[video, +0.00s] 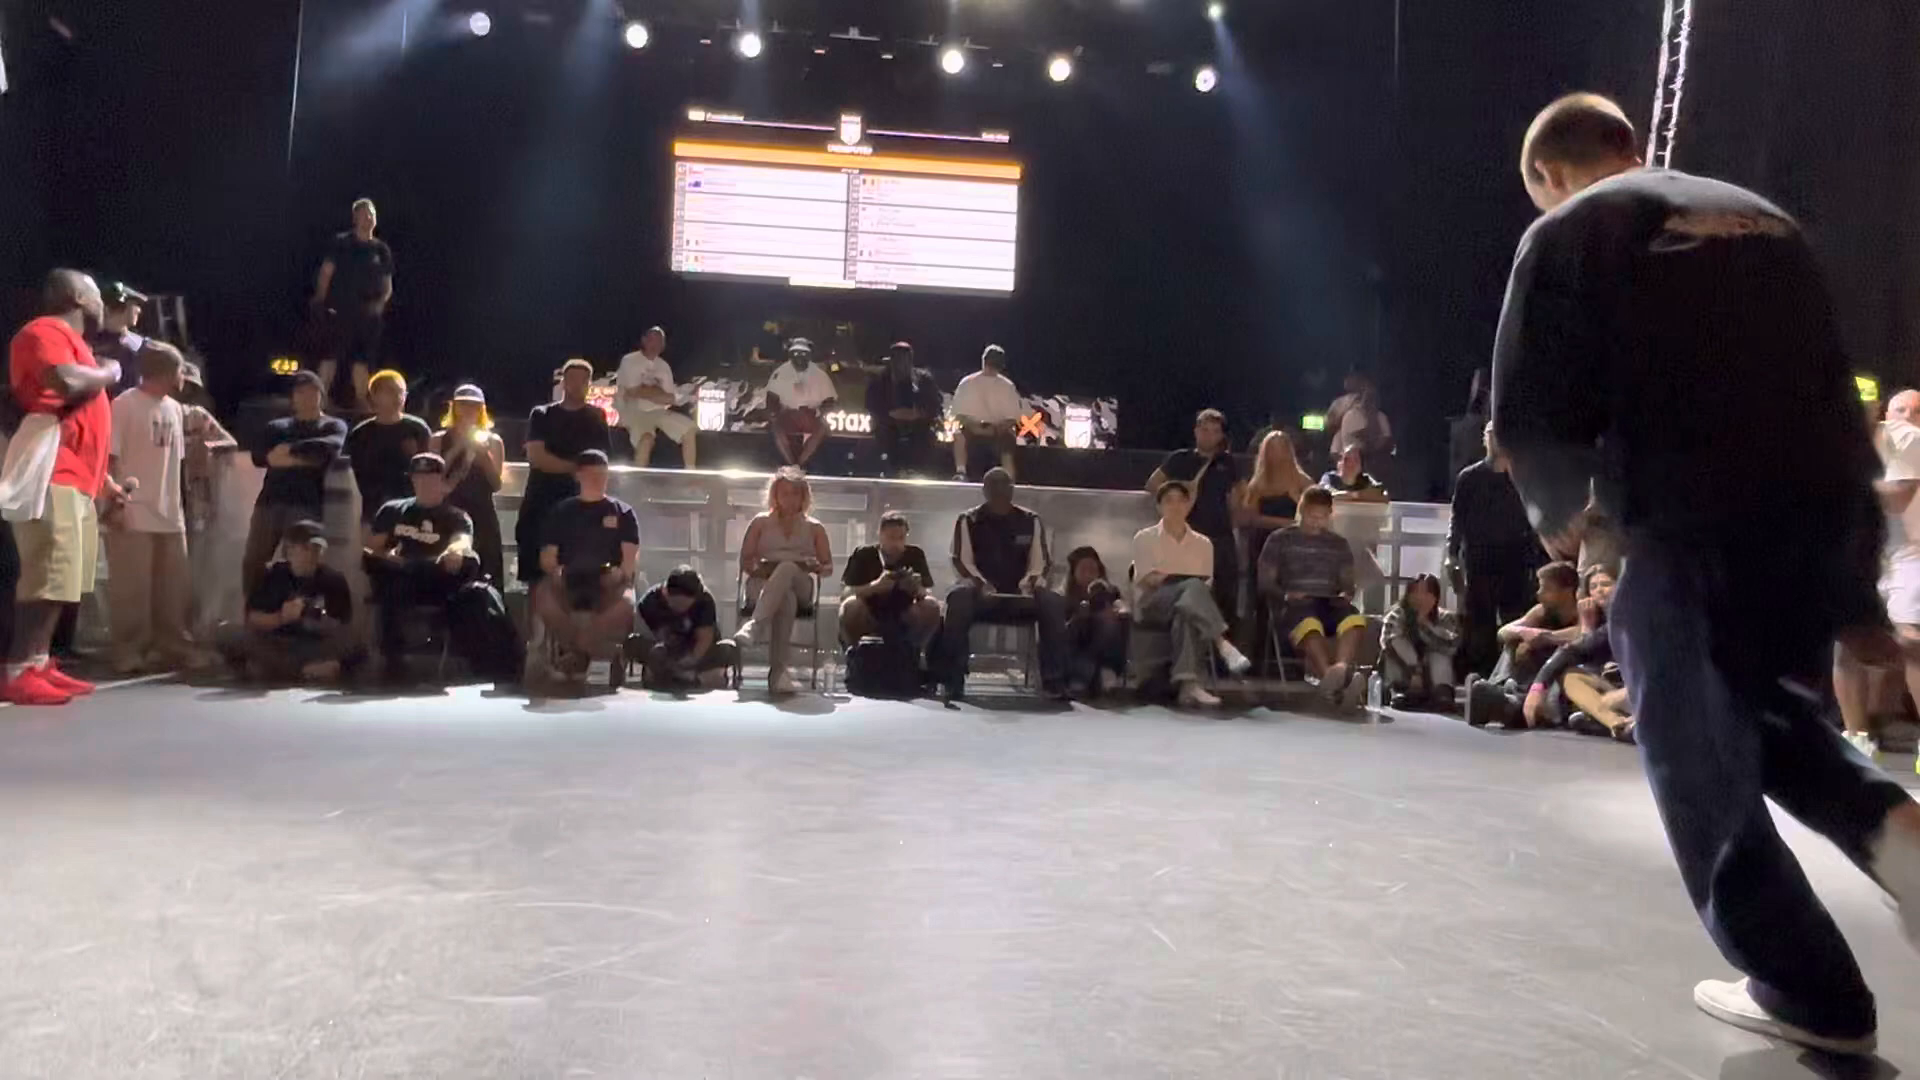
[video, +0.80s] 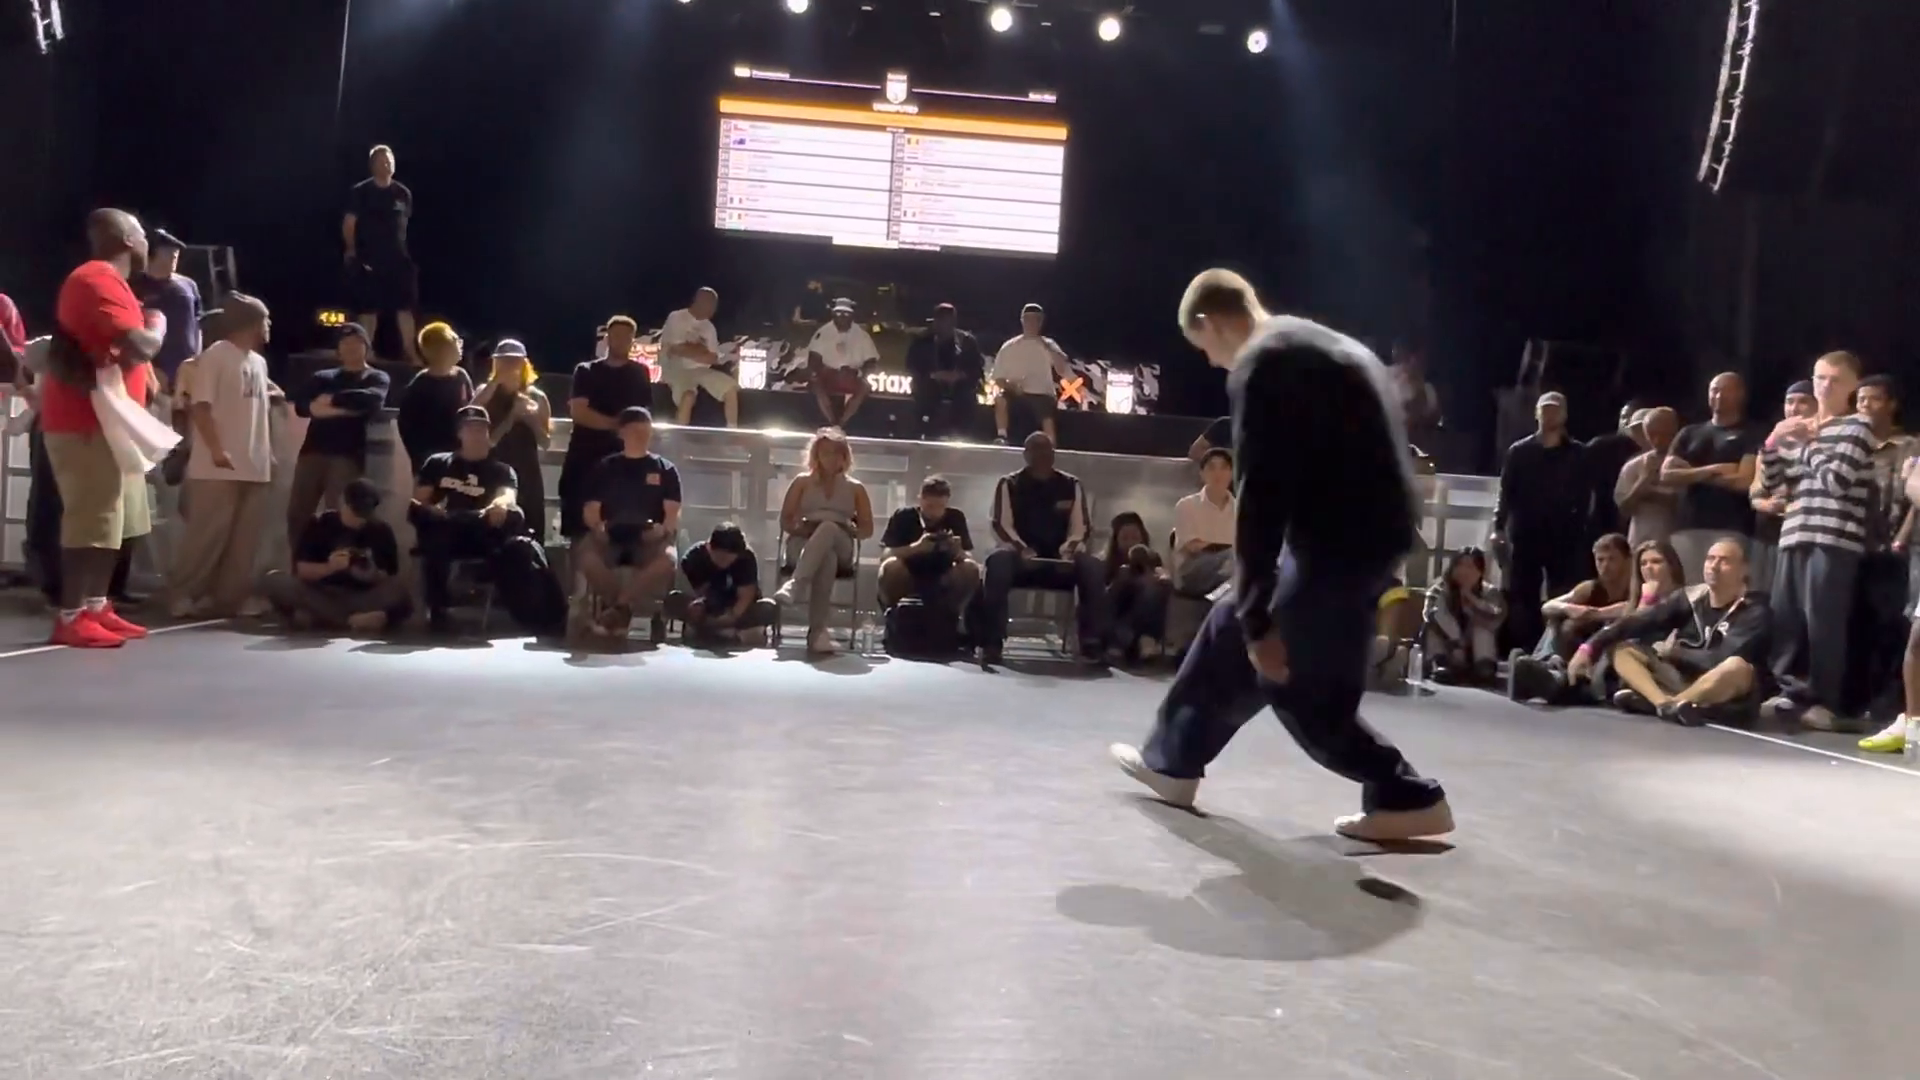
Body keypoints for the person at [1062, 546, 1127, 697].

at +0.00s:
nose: (1088, 574)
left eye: (1092, 569)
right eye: (1083, 568)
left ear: (1100, 571)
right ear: (1073, 572)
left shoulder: (1109, 593)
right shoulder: (1063, 597)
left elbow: (1123, 611)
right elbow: (1063, 633)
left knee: (1109, 620)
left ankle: (1110, 671)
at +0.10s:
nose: (1094, 568)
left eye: (1099, 563)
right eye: (1089, 563)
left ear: (1106, 564)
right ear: (1079, 566)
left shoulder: (1116, 587)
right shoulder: (1071, 592)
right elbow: (1068, 627)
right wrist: (1085, 609)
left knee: (1115, 614)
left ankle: (1116, 665)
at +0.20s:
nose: (1099, 561)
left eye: (1103, 556)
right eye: (1093, 556)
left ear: (1111, 558)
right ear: (1084, 559)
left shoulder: (1120, 580)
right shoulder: (1075, 583)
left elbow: (1133, 600)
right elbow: (1072, 618)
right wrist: (1091, 602)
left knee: (1122, 609)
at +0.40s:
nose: (1109, 552)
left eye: (1113, 546)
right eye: (1104, 547)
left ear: (1121, 548)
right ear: (1094, 550)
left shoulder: (1131, 570)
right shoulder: (1084, 573)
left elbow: (1144, 589)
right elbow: (1081, 606)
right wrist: (1100, 593)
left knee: (1133, 599)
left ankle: (1131, 649)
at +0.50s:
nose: (1115, 549)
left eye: (1119, 543)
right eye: (1109, 544)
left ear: (1127, 544)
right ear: (1100, 546)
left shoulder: (1137, 567)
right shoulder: (1091, 570)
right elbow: (1088, 603)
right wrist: (1107, 587)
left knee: (1137, 595)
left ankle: (1135, 645)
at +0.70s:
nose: (1126, 545)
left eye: (1130, 539)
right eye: (1120, 540)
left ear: (1139, 539)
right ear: (1111, 542)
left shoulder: (1147, 562)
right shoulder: (1101, 565)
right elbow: (1099, 599)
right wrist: (1117, 581)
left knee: (1149, 589)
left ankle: (1146, 640)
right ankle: (1142, 642)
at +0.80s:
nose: (1130, 542)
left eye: (1135, 537)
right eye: (1125, 538)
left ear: (1144, 537)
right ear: (1116, 539)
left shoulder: (1152, 560)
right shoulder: (1106, 562)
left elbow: (1164, 579)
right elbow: (1102, 595)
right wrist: (1121, 578)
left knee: (1154, 587)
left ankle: (1150, 639)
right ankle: (1146, 640)